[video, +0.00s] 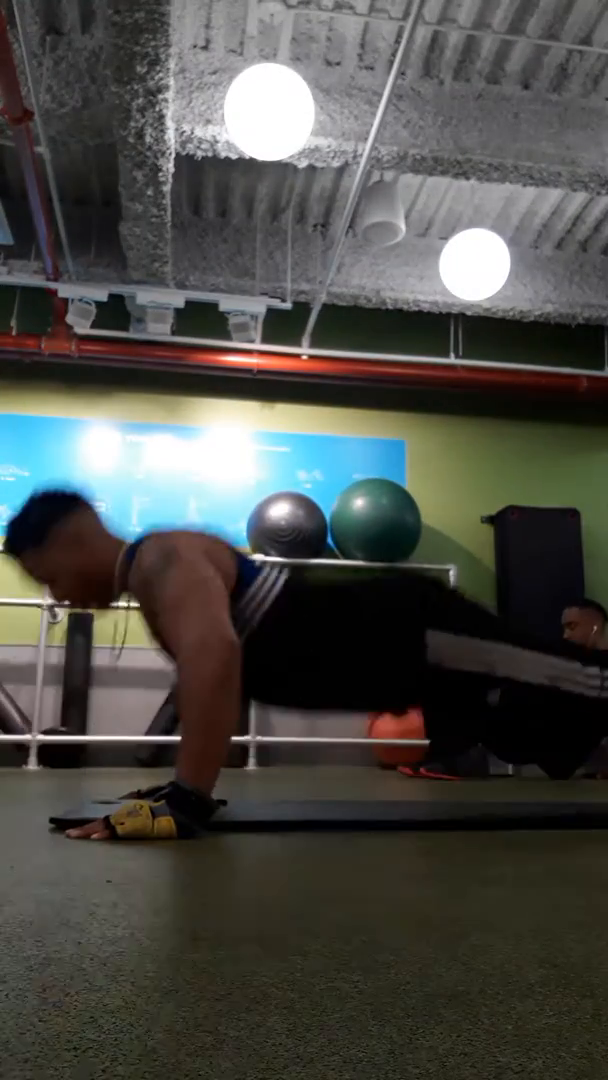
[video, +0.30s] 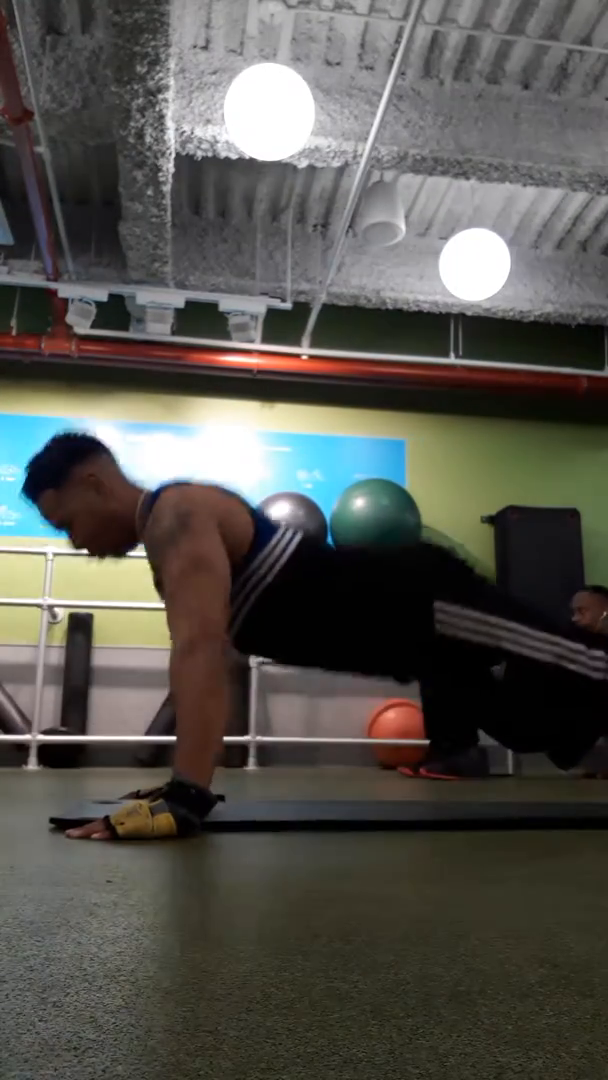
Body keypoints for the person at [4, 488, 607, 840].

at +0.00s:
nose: (55, 598)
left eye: (47, 578)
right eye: (42, 586)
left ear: (74, 541)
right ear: (80, 537)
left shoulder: (165, 557)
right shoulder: (158, 570)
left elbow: (214, 664)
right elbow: (215, 678)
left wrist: (185, 799)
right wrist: (192, 796)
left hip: (416, 636)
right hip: (404, 655)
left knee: (589, 696)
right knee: (555, 733)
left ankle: (586, 634)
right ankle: (580, 642)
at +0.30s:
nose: (76, 544)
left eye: (68, 524)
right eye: (65, 533)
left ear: (97, 483)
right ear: (99, 487)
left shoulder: (180, 513)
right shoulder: (174, 526)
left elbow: (203, 651)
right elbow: (206, 655)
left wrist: (188, 795)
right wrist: (182, 786)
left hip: (428, 611)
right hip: (420, 630)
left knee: (595, 680)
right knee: (569, 732)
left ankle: (590, 616)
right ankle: (584, 623)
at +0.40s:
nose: (54, 590)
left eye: (46, 570)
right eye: (41, 579)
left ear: (76, 535)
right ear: (78, 538)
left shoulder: (169, 557)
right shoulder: (159, 579)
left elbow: (220, 660)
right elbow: (220, 676)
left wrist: (188, 798)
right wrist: (186, 795)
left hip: (415, 641)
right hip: (403, 659)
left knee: (584, 698)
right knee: (559, 720)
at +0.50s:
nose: (37, 658)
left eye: (29, 636)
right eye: (25, 647)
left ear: (56, 596)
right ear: (54, 604)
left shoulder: (143, 609)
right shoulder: (137, 636)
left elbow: (223, 661)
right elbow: (224, 695)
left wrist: (190, 799)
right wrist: (177, 793)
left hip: (386, 678)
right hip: (373, 700)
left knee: (579, 713)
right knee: (557, 715)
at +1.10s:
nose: (54, 568)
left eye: (46, 550)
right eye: (41, 558)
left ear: (75, 511)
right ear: (78, 517)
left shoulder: (164, 530)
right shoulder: (156, 548)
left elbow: (201, 658)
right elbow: (203, 666)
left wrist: (187, 796)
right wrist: (186, 793)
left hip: (417, 607)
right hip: (406, 636)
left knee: (589, 679)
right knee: (551, 733)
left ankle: (588, 626)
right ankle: (580, 633)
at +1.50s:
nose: (41, 653)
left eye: (33, 631)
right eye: (28, 642)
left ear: (60, 591)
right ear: (60, 596)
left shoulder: (147, 601)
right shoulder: (141, 628)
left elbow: (220, 658)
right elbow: (222, 695)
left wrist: (188, 800)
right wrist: (183, 791)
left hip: (391, 666)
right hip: (382, 689)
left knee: (572, 710)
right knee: (553, 739)